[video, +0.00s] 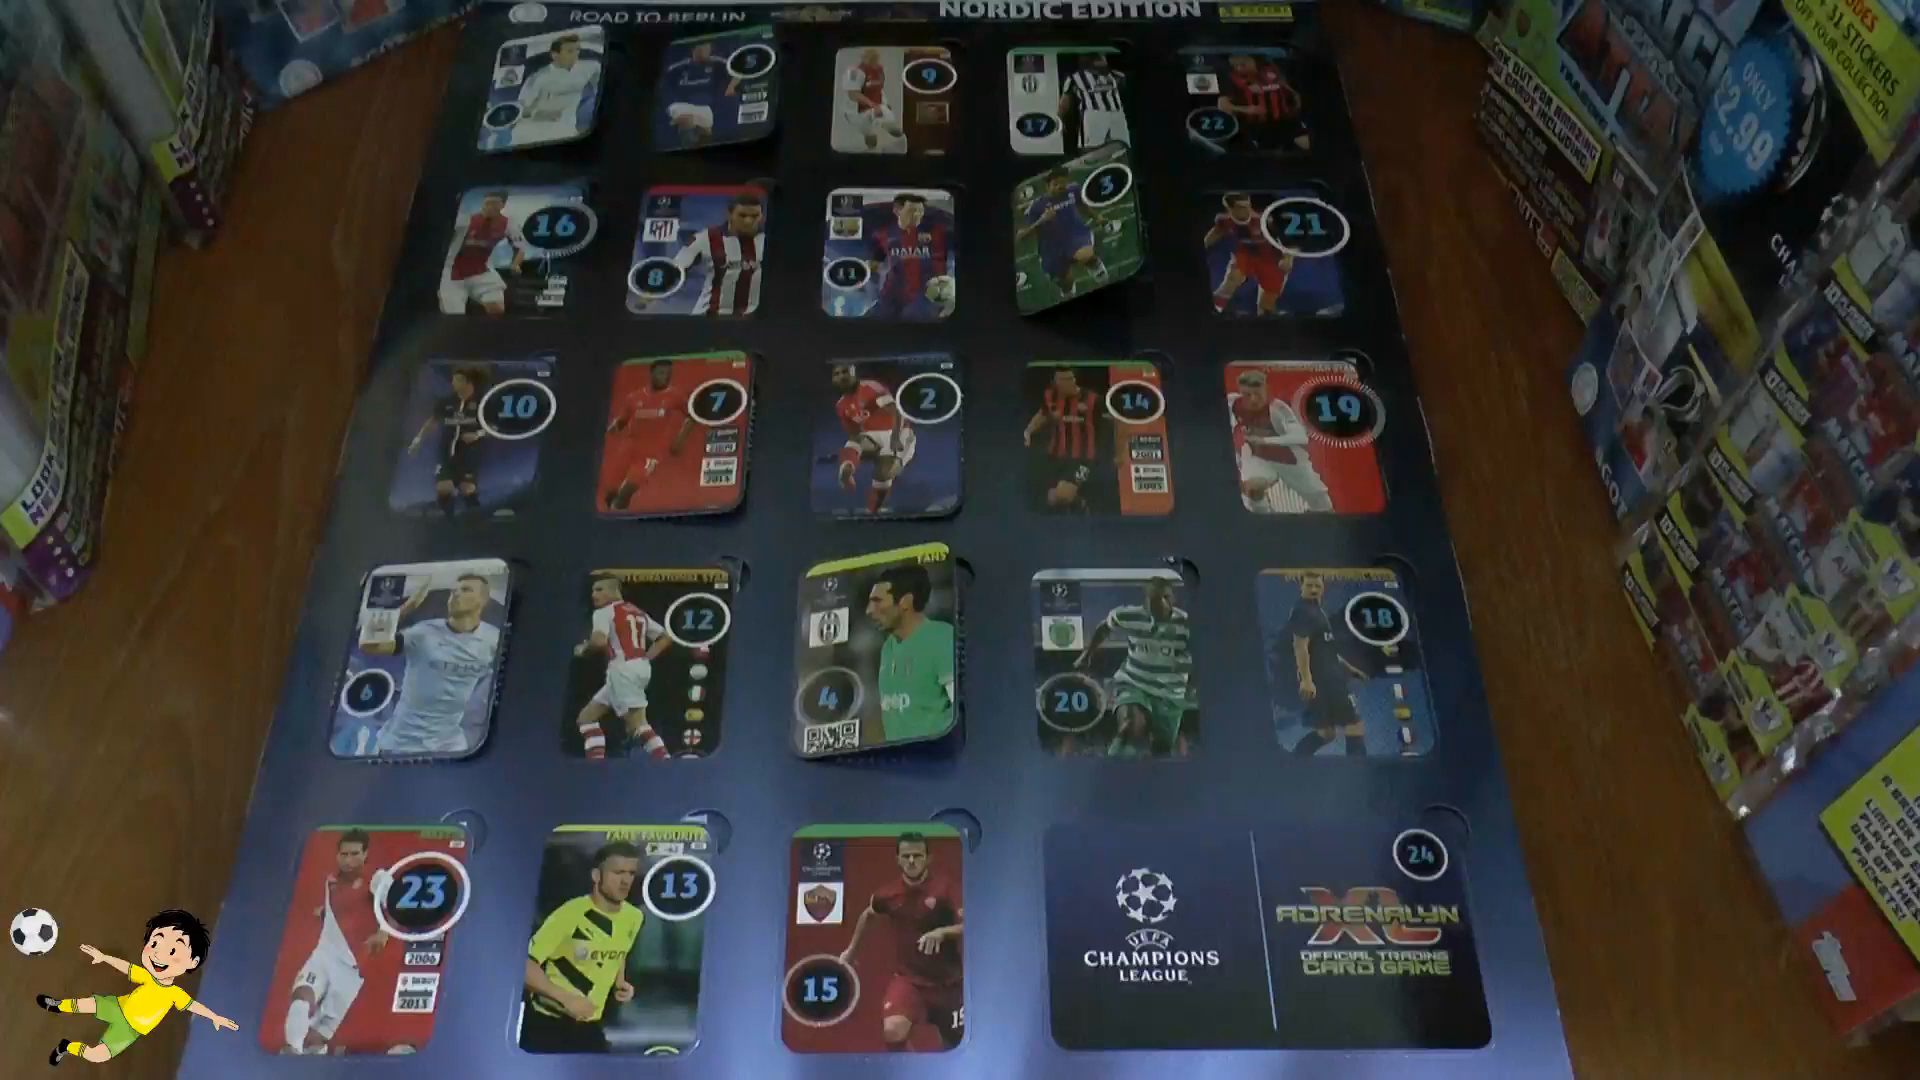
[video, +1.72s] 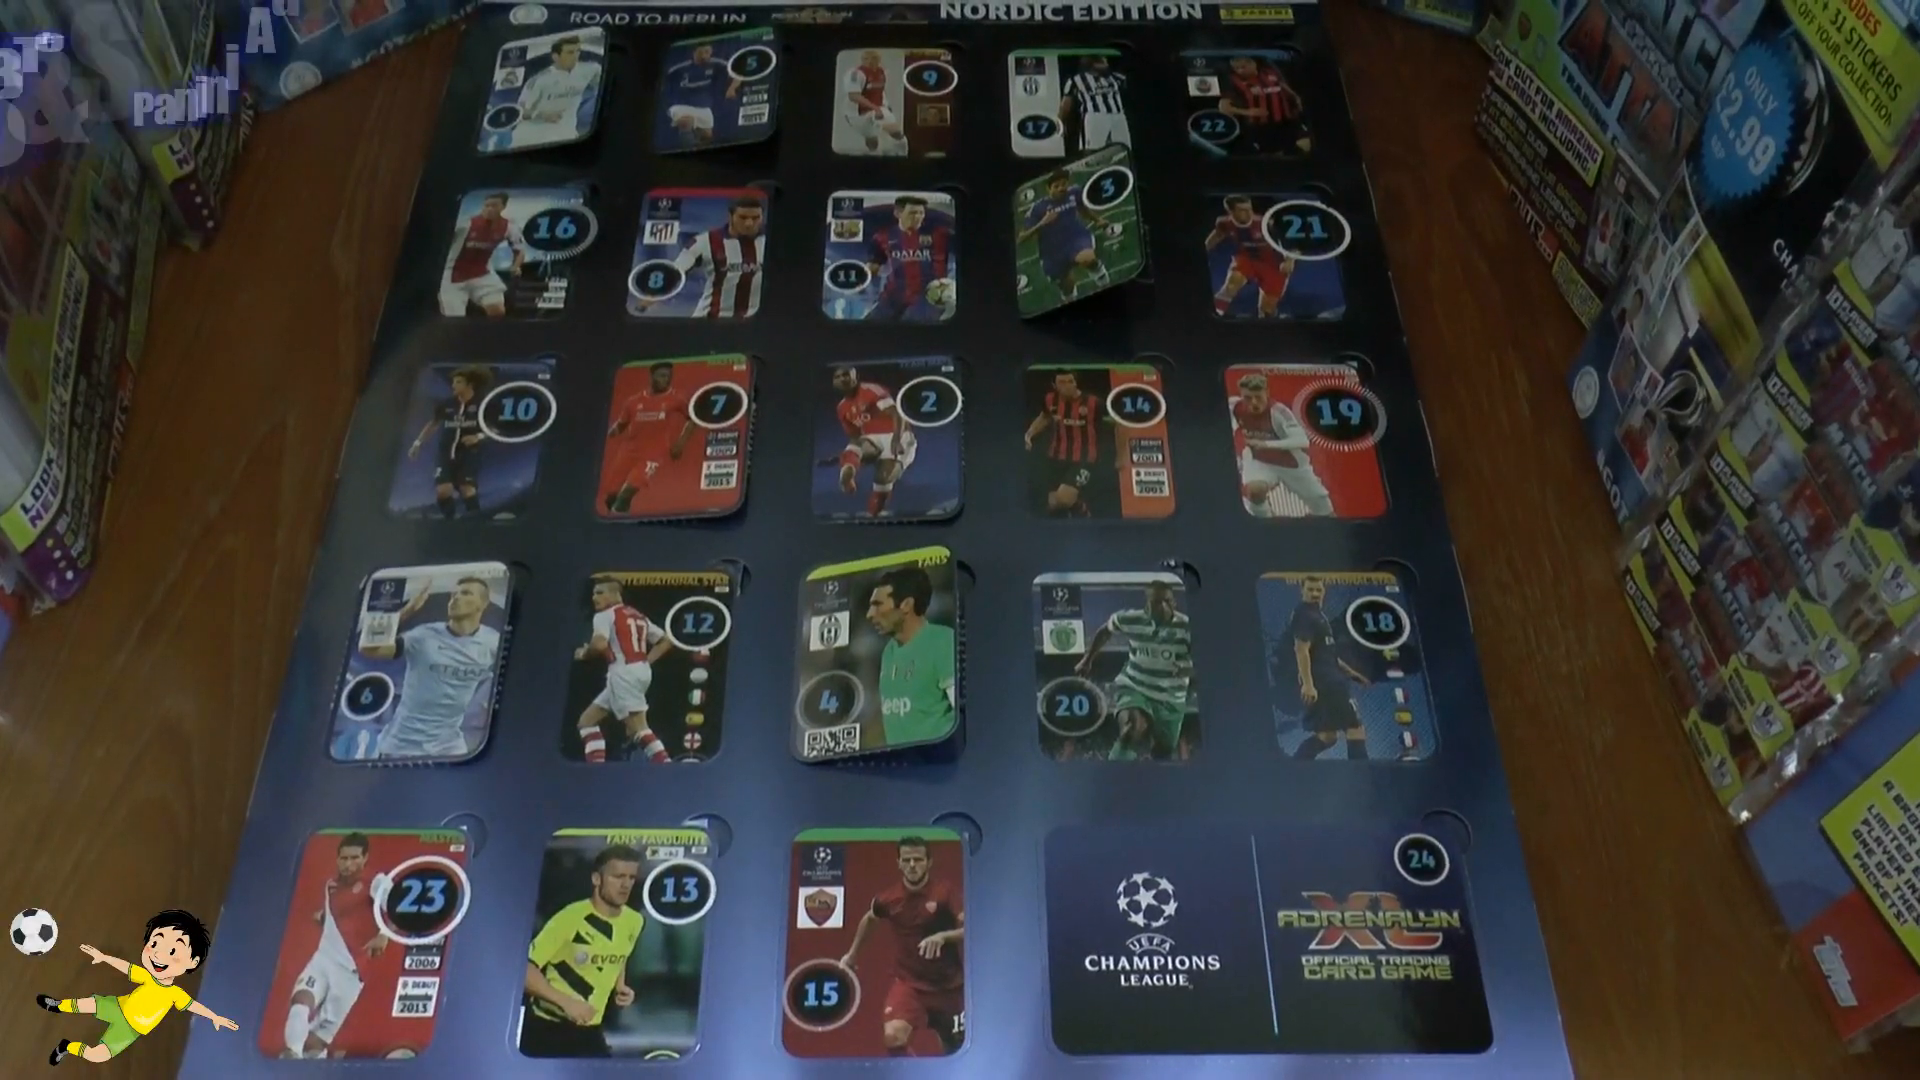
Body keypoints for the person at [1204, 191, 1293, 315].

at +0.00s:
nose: (1245, 211)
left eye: (1247, 207)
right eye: (1241, 207)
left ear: (1250, 206)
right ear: (1230, 208)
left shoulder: (1264, 220)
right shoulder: (1224, 221)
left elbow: (1285, 239)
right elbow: (1207, 243)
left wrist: (1287, 258)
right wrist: (1218, 231)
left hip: (1268, 257)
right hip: (1242, 255)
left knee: (1266, 306)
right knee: (1231, 282)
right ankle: (1213, 312)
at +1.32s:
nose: (1246, 211)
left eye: (1248, 207)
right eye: (1242, 208)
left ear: (1251, 206)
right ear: (1231, 209)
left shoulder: (1264, 220)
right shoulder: (1224, 221)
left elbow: (1286, 237)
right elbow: (1207, 243)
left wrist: (1288, 257)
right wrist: (1218, 231)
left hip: (1270, 260)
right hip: (1243, 256)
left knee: (1265, 305)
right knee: (1229, 285)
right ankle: (1211, 320)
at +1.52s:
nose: (1247, 213)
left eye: (1249, 208)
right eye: (1242, 209)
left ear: (1252, 208)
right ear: (1232, 211)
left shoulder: (1266, 222)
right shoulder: (1225, 223)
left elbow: (1287, 238)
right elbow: (1218, 233)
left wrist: (1289, 258)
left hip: (1272, 262)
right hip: (1245, 258)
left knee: (1267, 307)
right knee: (1230, 285)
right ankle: (1213, 319)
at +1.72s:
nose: (1247, 214)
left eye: (1249, 210)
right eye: (1242, 210)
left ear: (1252, 209)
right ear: (1232, 212)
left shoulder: (1266, 223)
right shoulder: (1225, 224)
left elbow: (1288, 241)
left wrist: (1289, 260)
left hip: (1272, 263)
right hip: (1245, 260)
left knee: (1267, 309)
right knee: (1230, 288)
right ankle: (1212, 321)